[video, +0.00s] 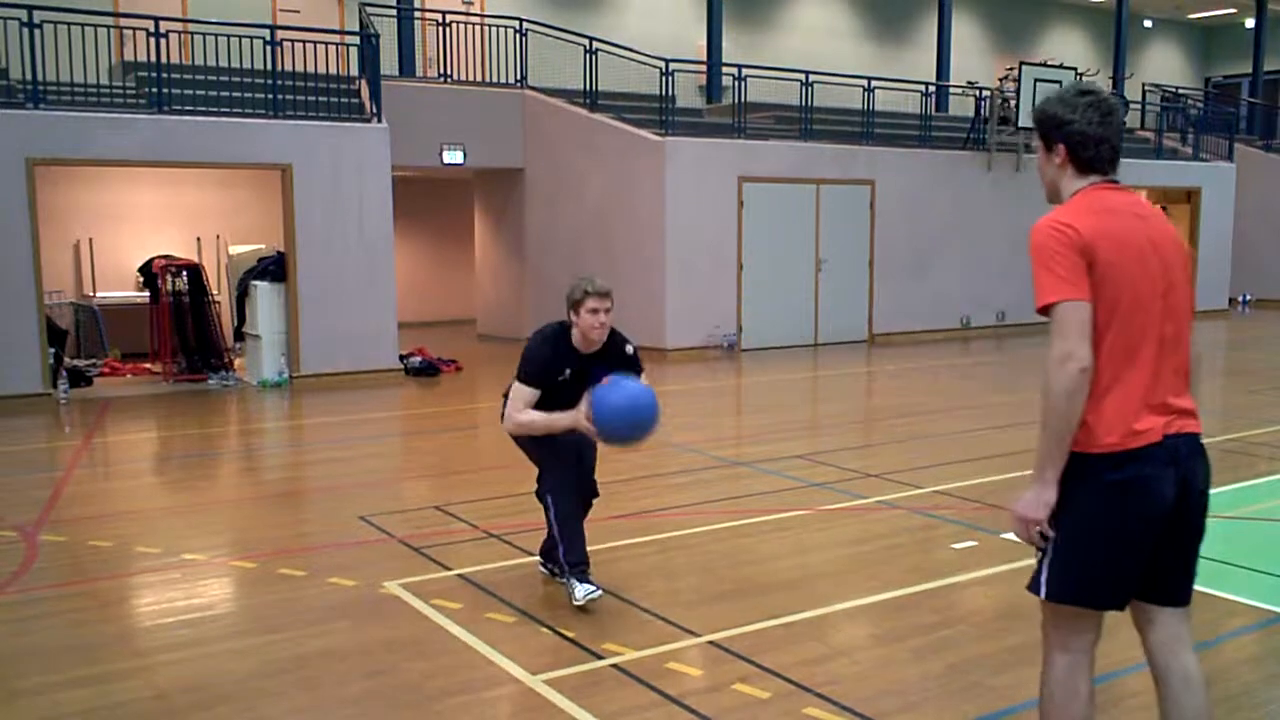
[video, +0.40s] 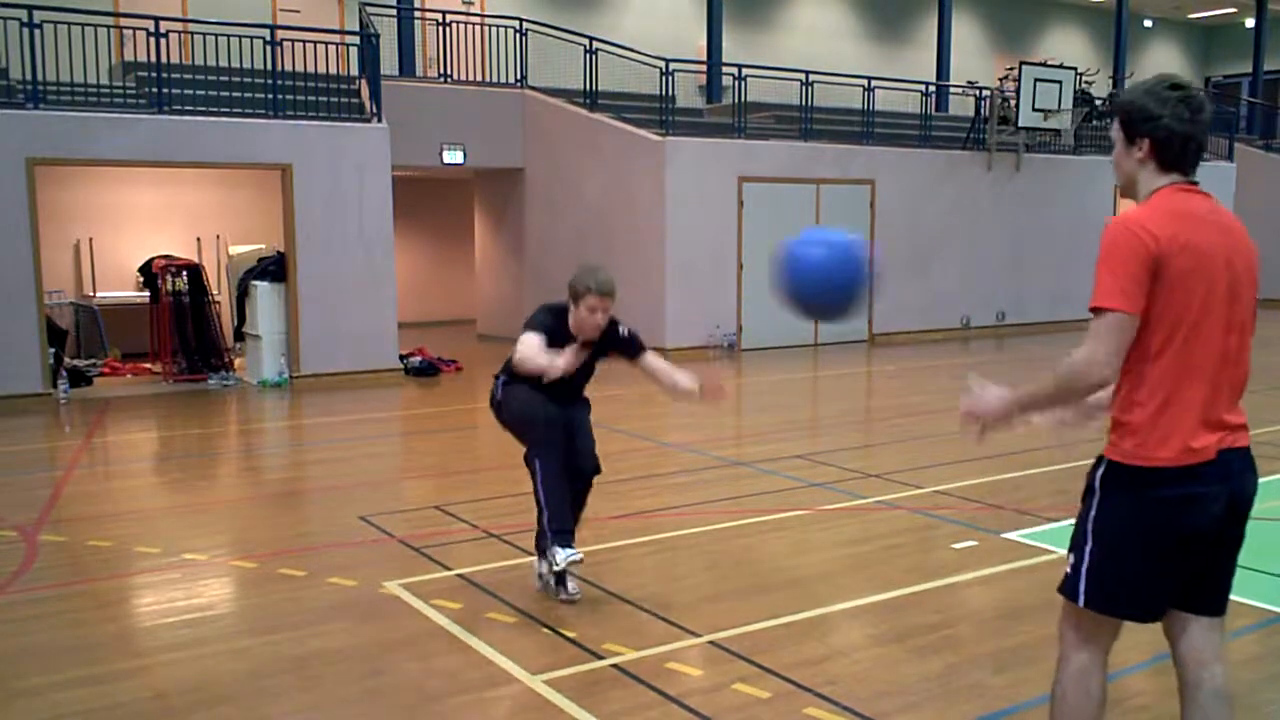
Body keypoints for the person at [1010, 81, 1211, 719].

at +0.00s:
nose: (1036, 162)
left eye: (1037, 148)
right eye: (1037, 149)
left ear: (1056, 152)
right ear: (1110, 149)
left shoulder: (1062, 228)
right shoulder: (1162, 224)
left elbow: (1073, 361)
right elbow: (1174, 348)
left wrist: (1043, 480)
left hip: (1106, 473)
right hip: (1181, 466)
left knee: (1069, 642)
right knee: (1167, 628)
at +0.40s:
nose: (1112, 158)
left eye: (1115, 143)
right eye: (1112, 143)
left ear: (1139, 146)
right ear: (1188, 147)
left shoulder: (1136, 227)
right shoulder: (1234, 232)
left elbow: (1098, 365)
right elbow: (1208, 360)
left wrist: (1011, 402)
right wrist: (1117, 395)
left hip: (1142, 474)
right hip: (1225, 471)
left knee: (1085, 637)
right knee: (1198, 632)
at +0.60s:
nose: (1121, 161)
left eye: (1124, 145)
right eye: (1122, 146)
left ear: (1150, 148)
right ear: (1196, 149)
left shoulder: (1160, 228)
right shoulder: (1239, 229)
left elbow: (1167, 365)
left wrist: (1058, 354)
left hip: (1163, 474)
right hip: (1241, 472)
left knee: (1094, 638)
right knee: (1210, 637)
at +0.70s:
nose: (1116, 171)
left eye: (1120, 154)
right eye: (1118, 154)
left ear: (1151, 154)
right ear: (1182, 155)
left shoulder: (1175, 230)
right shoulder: (1233, 226)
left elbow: (1191, 366)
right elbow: (1213, 358)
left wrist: (1077, 364)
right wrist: (1090, 373)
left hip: (1178, 475)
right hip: (1248, 473)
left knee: (1099, 642)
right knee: (1212, 640)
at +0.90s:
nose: (1117, 171)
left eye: (1122, 153)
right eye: (1118, 154)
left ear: (1153, 152)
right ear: (1179, 153)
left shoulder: (1178, 225)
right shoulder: (1240, 224)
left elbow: (1190, 360)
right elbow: (1241, 356)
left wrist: (1074, 359)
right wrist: (1093, 359)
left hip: (1190, 478)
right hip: (1257, 475)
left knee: (1124, 653)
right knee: (1220, 653)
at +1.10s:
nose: (1120, 174)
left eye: (1122, 156)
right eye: (1120, 157)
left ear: (1149, 153)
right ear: (1193, 154)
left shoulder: (1165, 226)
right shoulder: (1245, 224)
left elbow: (1179, 358)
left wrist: (1077, 381)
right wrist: (1101, 373)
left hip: (1187, 480)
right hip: (1258, 476)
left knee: (1125, 658)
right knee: (1222, 644)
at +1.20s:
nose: (1118, 177)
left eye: (1118, 158)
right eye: (1117, 159)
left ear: (1143, 153)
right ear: (1189, 154)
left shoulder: (1157, 226)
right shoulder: (1245, 225)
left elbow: (1167, 359)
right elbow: (1231, 343)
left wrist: (1069, 375)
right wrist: (1114, 355)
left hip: (1186, 479)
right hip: (1261, 475)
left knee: (1124, 657)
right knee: (1224, 644)